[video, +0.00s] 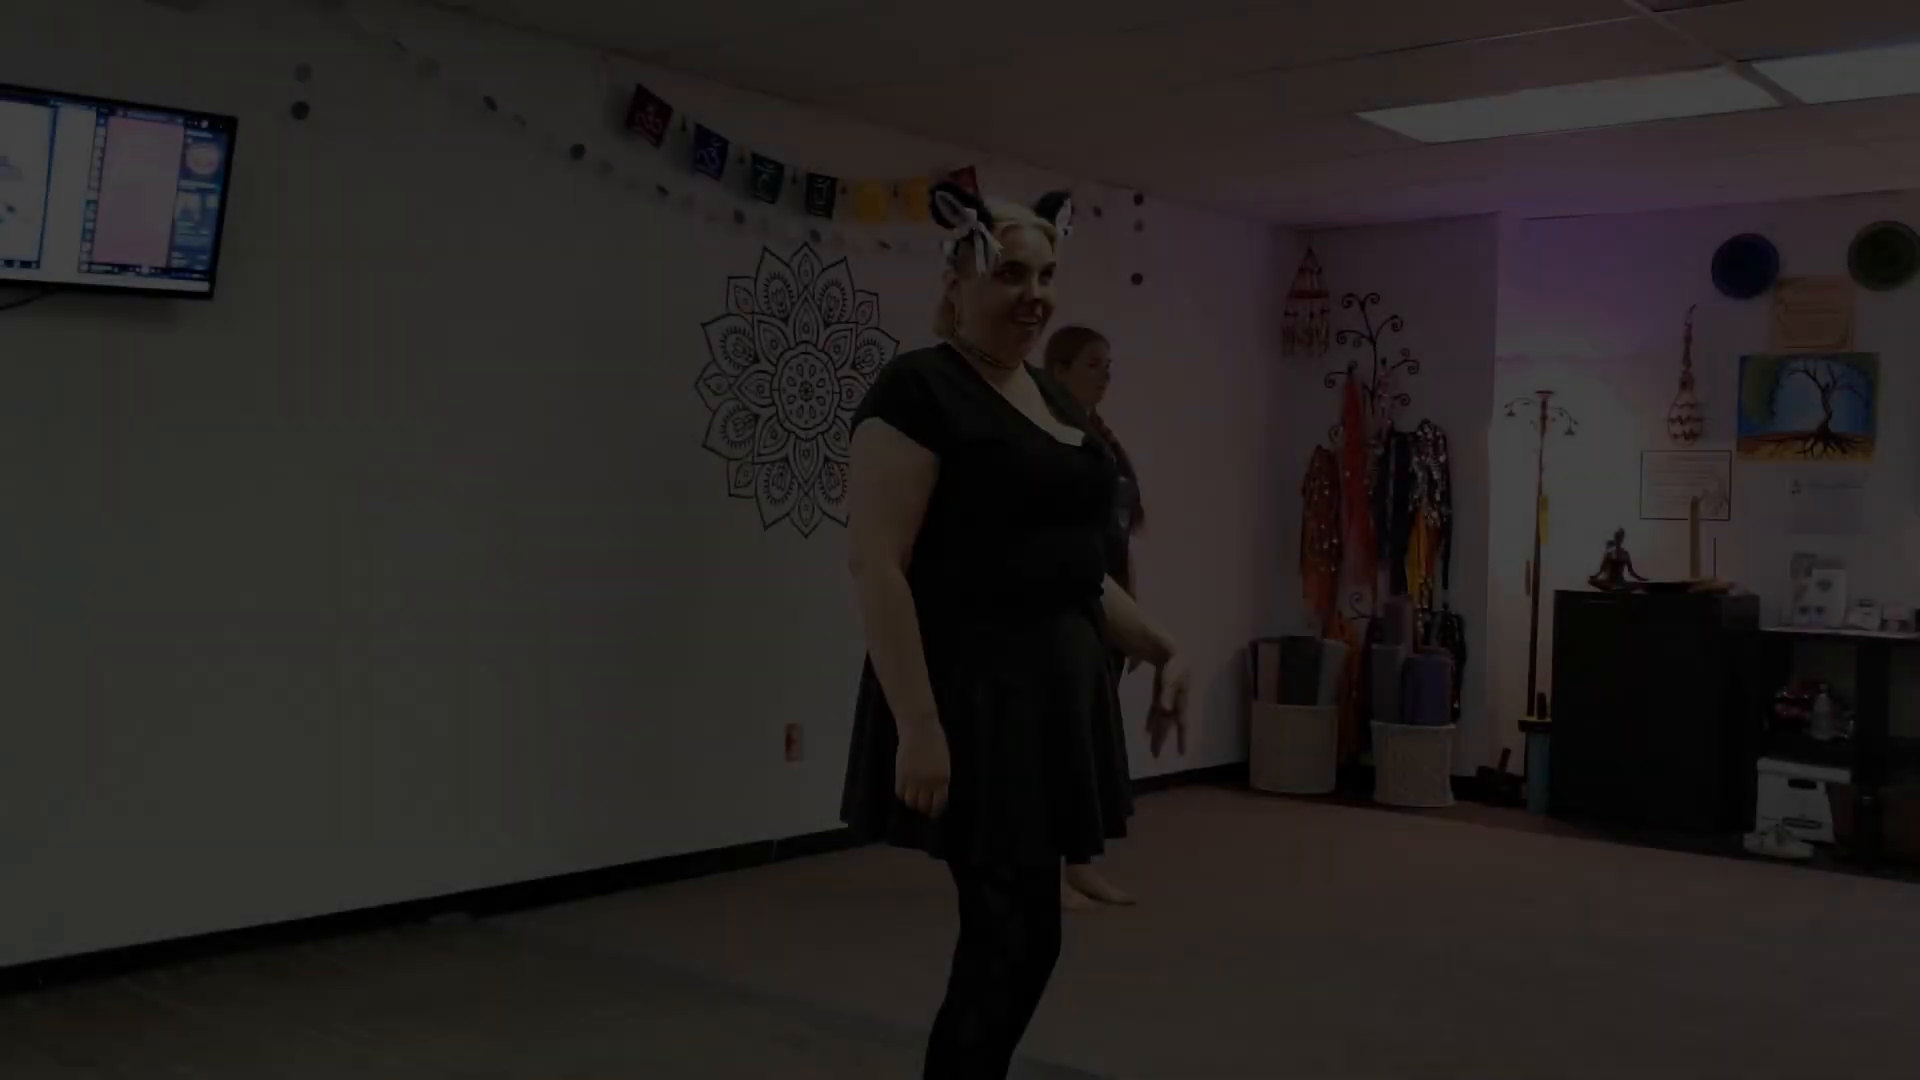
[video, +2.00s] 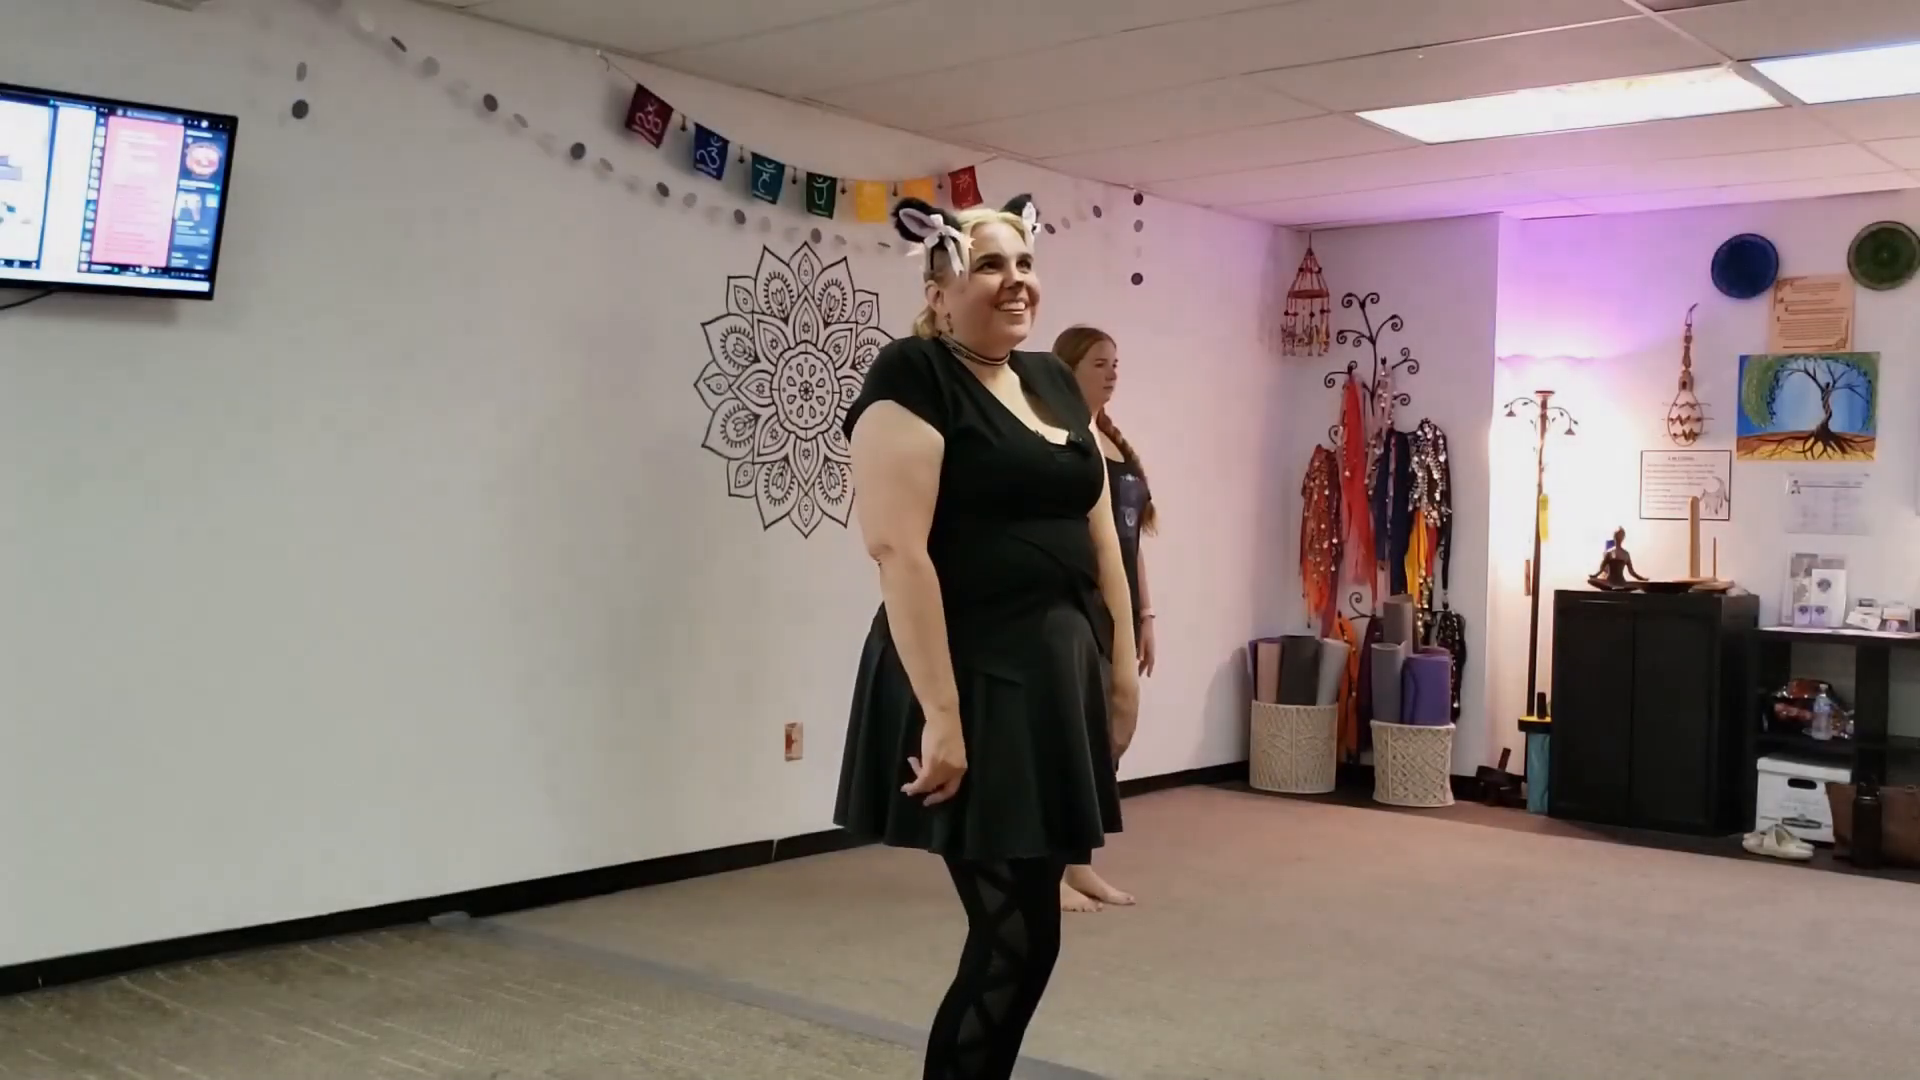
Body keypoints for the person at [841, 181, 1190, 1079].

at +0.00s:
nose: (1034, 292)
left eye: (1046, 276)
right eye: (1011, 274)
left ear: (1055, 289)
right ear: (957, 284)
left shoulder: (1052, 402)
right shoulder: (917, 390)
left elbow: (1071, 567)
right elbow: (874, 562)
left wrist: (1159, 644)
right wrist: (916, 726)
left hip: (1047, 699)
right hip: (963, 703)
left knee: (1013, 941)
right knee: (1011, 942)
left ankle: (968, 1072)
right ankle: (957, 1075)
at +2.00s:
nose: (1017, 280)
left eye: (1024, 264)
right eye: (990, 267)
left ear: (1035, 282)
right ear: (938, 295)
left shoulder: (1051, 380)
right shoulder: (910, 378)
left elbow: (1102, 528)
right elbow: (896, 552)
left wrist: (1124, 663)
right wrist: (939, 713)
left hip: (1058, 679)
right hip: (967, 688)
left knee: (1021, 935)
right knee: (1017, 940)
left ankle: (970, 1068)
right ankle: (956, 1071)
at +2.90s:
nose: (1048, 282)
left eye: (1059, 265)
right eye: (1025, 264)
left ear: (1068, 271)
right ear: (967, 272)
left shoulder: (1075, 383)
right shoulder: (921, 375)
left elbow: (1116, 549)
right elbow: (846, 541)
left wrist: (1222, 635)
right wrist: (830, 698)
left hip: (1051, 666)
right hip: (942, 664)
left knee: (990, 918)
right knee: (1074, 898)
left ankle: (965, 1076)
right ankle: (1033, 1070)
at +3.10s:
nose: (1061, 276)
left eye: (1074, 258)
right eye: (1035, 259)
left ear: (1088, 275)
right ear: (989, 276)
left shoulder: (1109, 401)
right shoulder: (945, 376)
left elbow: (1157, 555)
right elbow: (854, 534)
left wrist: (1310, 548)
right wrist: (778, 678)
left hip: (1071, 678)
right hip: (960, 680)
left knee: (999, 932)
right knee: (1061, 940)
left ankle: (972, 1074)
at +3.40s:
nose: (1079, 266)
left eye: (1096, 247)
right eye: (1054, 253)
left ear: (1127, 268)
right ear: (1023, 284)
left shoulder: (1181, 398)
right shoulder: (982, 389)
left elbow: (1258, 547)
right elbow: (879, 552)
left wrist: (1384, 456)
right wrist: (772, 681)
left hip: (1136, 715)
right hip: (998, 709)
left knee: (1101, 966)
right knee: (1070, 977)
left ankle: (1016, 1065)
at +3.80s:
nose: (1081, 243)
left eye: (1108, 227)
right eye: (1061, 225)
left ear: (1150, 253)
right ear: (1037, 249)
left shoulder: (1214, 364)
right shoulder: (983, 377)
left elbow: (1299, 534)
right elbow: (894, 550)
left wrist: (1424, 547)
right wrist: (766, 637)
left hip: (1180, 718)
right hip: (1024, 721)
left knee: (1168, 996)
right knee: (1073, 1008)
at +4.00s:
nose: (1054, 222)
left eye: (1086, 201)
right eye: (1042, 206)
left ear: (1148, 224)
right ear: (1029, 234)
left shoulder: (1219, 369)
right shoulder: (989, 367)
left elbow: (1286, 569)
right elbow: (918, 551)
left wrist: (1374, 699)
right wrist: (803, 641)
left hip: (1164, 749)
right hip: (1010, 748)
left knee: (1103, 1047)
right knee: (1061, 1041)